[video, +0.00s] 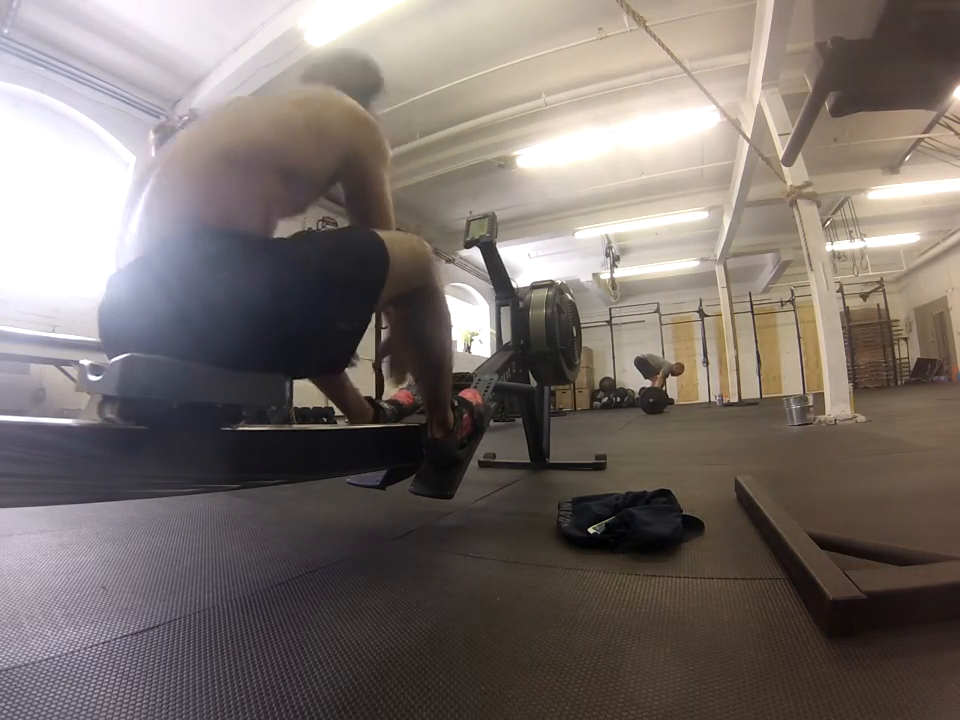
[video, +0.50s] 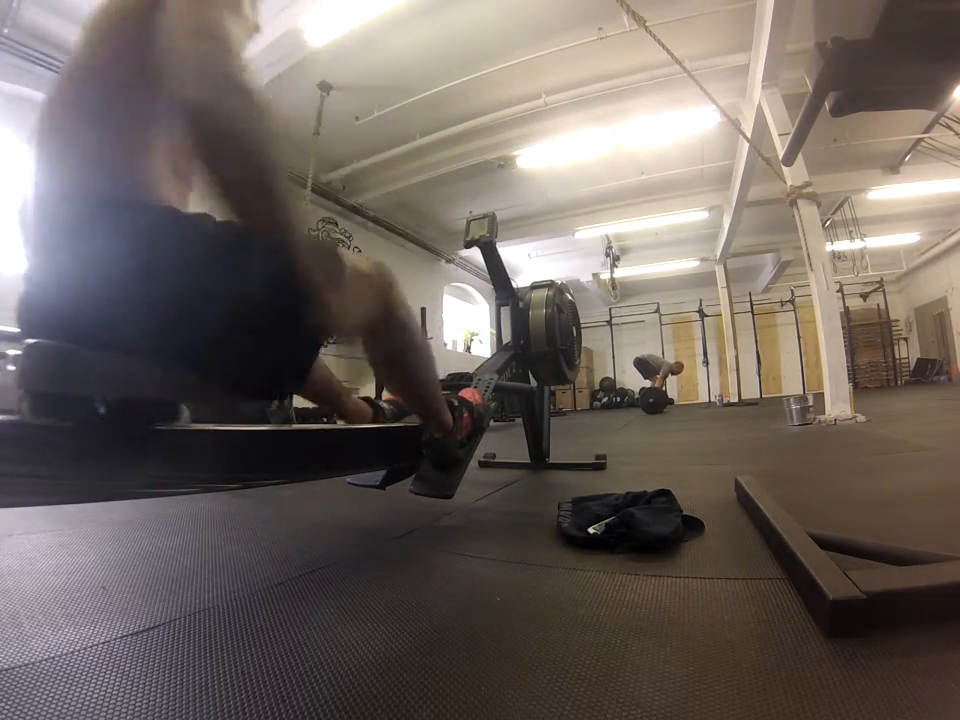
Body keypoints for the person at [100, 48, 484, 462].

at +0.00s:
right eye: (371, 105)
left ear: (307, 77)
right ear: (364, 96)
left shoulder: (239, 115)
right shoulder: (356, 125)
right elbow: (382, 257)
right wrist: (397, 335)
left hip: (126, 312)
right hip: (220, 298)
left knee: (288, 294)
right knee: (415, 263)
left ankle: (364, 418)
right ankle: (443, 426)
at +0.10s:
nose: (347, 92)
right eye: (350, 83)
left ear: (282, 56)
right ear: (338, 72)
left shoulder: (215, 95)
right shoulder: (336, 96)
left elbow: (125, 178)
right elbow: (384, 225)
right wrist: (393, 298)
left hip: (117, 309)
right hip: (212, 300)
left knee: (283, 291)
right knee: (412, 263)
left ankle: (364, 417)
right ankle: (443, 427)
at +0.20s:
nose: (328, 56)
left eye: (327, 48)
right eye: (325, 46)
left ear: (254, 29)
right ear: (315, 38)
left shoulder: (196, 76)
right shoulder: (308, 64)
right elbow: (392, 211)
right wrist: (431, 301)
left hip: (102, 305)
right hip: (195, 291)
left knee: (278, 287)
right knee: (412, 266)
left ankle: (364, 415)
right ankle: (444, 427)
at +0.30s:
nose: (311, 43)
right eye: (307, 31)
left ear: (236, 12)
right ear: (291, 15)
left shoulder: (174, 60)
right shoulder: (269, 37)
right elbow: (373, 183)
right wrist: (434, 254)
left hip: (85, 297)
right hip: (171, 279)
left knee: (279, 304)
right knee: (402, 275)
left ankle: (362, 414)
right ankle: (445, 426)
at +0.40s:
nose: (281, 40)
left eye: (282, 36)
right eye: (278, 29)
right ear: (257, 6)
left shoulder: (150, 47)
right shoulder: (225, 17)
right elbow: (318, 155)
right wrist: (418, 259)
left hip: (73, 286)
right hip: (142, 269)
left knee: (274, 309)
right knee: (389, 280)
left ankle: (367, 421)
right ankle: (445, 429)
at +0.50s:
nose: (243, 35)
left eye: (245, 32)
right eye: (240, 24)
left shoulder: (107, 48)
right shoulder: (184, 12)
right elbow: (210, 101)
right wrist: (302, 262)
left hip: (56, 286)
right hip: (129, 272)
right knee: (376, 289)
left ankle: (359, 413)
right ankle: (445, 428)